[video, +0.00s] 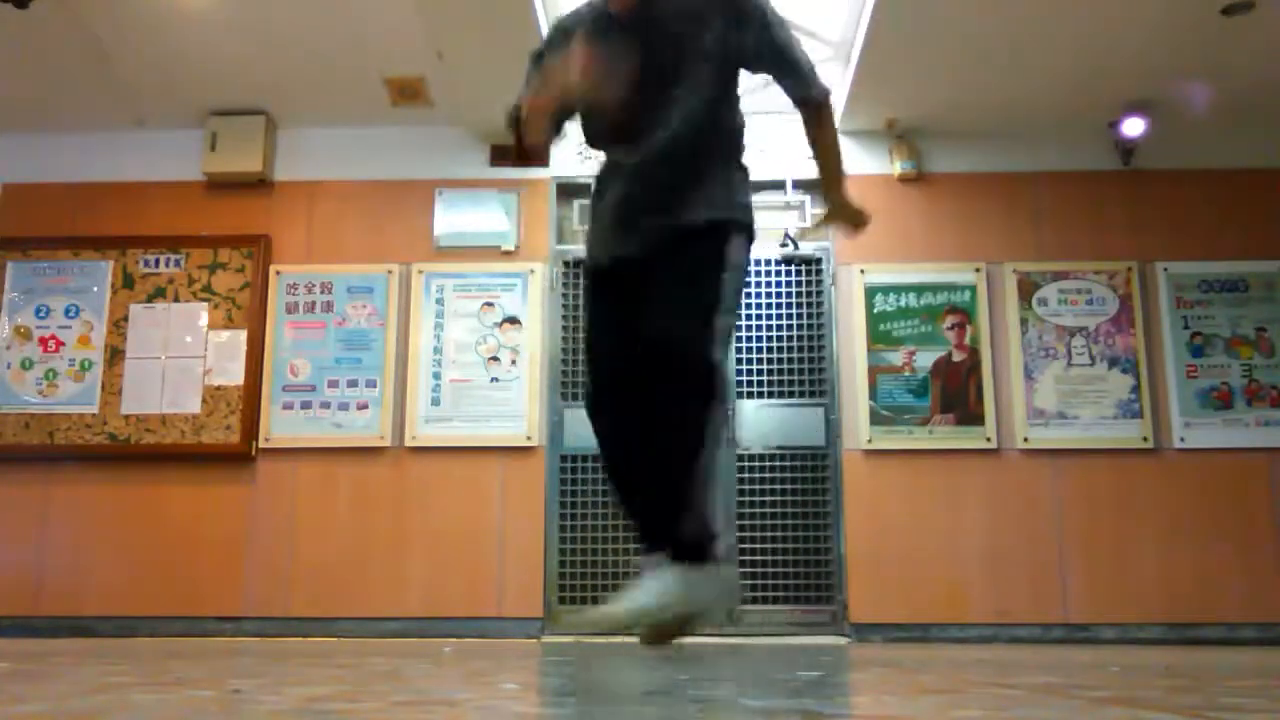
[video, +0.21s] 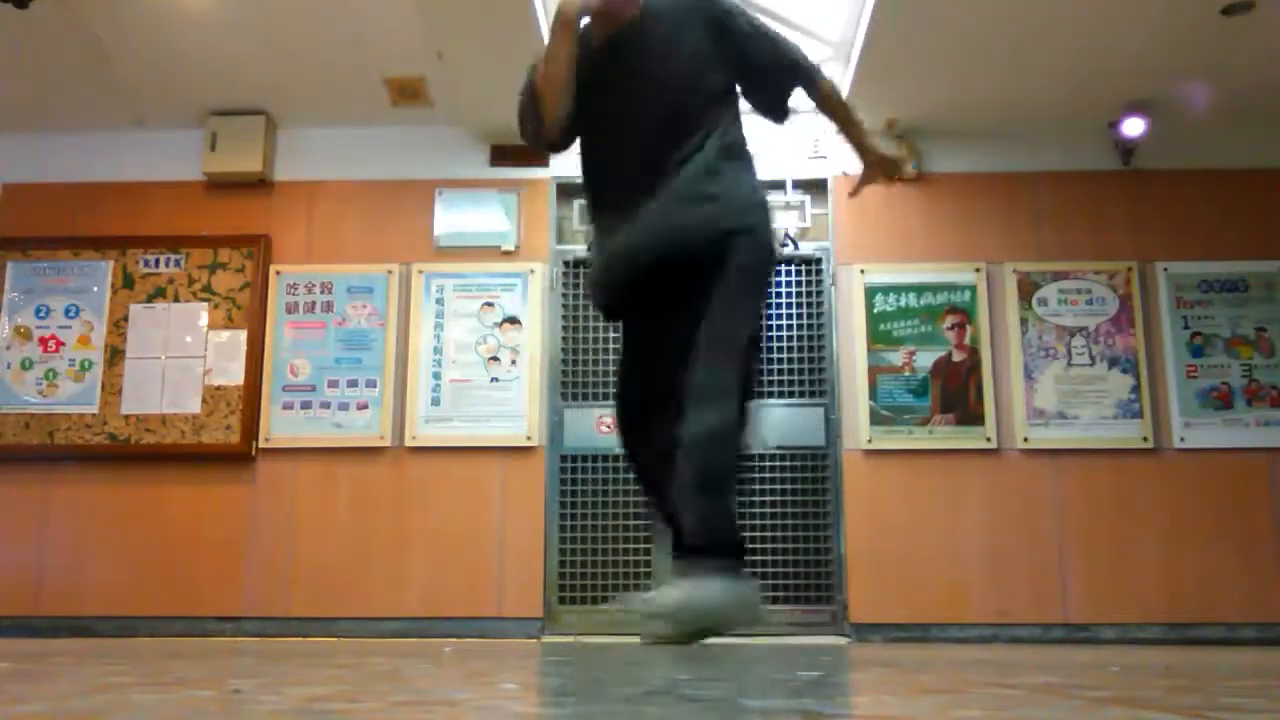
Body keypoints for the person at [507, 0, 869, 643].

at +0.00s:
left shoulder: (725, 10)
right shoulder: (580, 30)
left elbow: (811, 93)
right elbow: (531, 139)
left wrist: (835, 193)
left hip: (704, 214)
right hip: (620, 225)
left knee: (684, 375)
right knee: (614, 396)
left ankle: (690, 563)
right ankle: (677, 565)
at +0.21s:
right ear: (591, 3)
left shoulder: (701, 14)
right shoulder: (578, 52)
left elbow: (808, 79)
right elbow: (543, 133)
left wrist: (867, 151)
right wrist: (564, 23)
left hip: (724, 235)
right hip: (643, 255)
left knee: (710, 389)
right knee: (643, 415)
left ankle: (712, 571)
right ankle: (705, 571)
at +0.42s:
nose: (595, 16)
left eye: (603, 5)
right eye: (583, 10)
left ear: (629, 5)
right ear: (569, 20)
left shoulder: (679, 38)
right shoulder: (586, 101)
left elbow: (755, 20)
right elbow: (541, 173)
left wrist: (815, 41)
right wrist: (567, 71)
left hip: (744, 275)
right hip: (661, 296)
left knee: (829, 417)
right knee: (638, 446)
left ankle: (953, 394)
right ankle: (711, 600)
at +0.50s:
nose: (603, 14)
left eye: (611, 4)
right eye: (594, 9)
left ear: (639, 2)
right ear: (587, 20)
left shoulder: (684, 34)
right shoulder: (595, 101)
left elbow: (766, 10)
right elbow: (555, 162)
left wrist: (820, 49)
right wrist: (582, 68)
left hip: (750, 270)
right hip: (668, 294)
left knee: (812, 400)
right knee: (646, 430)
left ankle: (882, 348)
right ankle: (707, 595)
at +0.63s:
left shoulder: (737, 8)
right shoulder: (612, 42)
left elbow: (836, 31)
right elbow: (578, 131)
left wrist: (842, 140)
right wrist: (617, 31)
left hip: (759, 228)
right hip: (671, 243)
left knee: (778, 367)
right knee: (675, 417)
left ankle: (785, 452)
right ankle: (692, 574)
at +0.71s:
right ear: (635, 1)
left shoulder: (746, 28)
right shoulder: (617, 58)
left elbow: (844, 76)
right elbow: (594, 128)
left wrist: (829, 177)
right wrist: (633, 42)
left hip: (759, 248)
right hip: (671, 258)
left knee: (763, 403)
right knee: (676, 419)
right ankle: (683, 579)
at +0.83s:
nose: (723, 16)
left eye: (733, 8)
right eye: (710, 6)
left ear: (746, 12)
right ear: (690, 7)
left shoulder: (776, 77)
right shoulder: (648, 74)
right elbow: (639, 135)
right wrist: (694, 56)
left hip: (759, 270)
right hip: (672, 277)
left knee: (750, 422)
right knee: (670, 437)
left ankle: (751, 577)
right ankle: (693, 586)